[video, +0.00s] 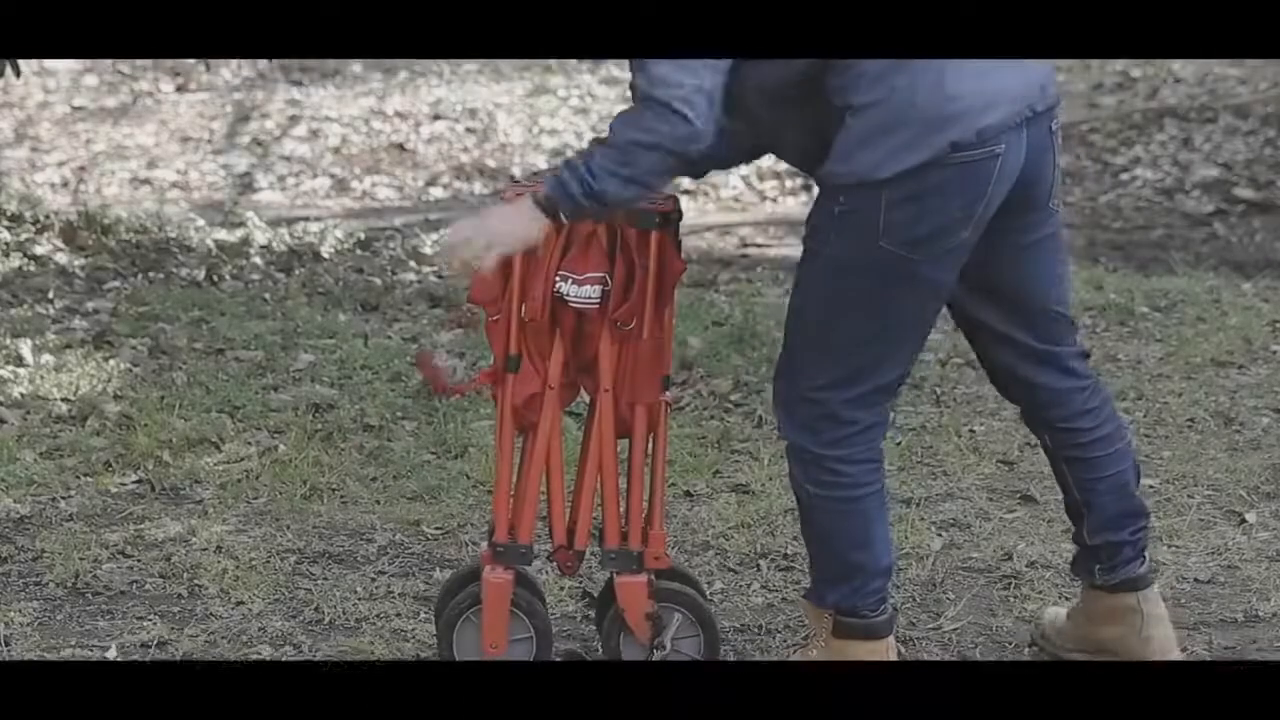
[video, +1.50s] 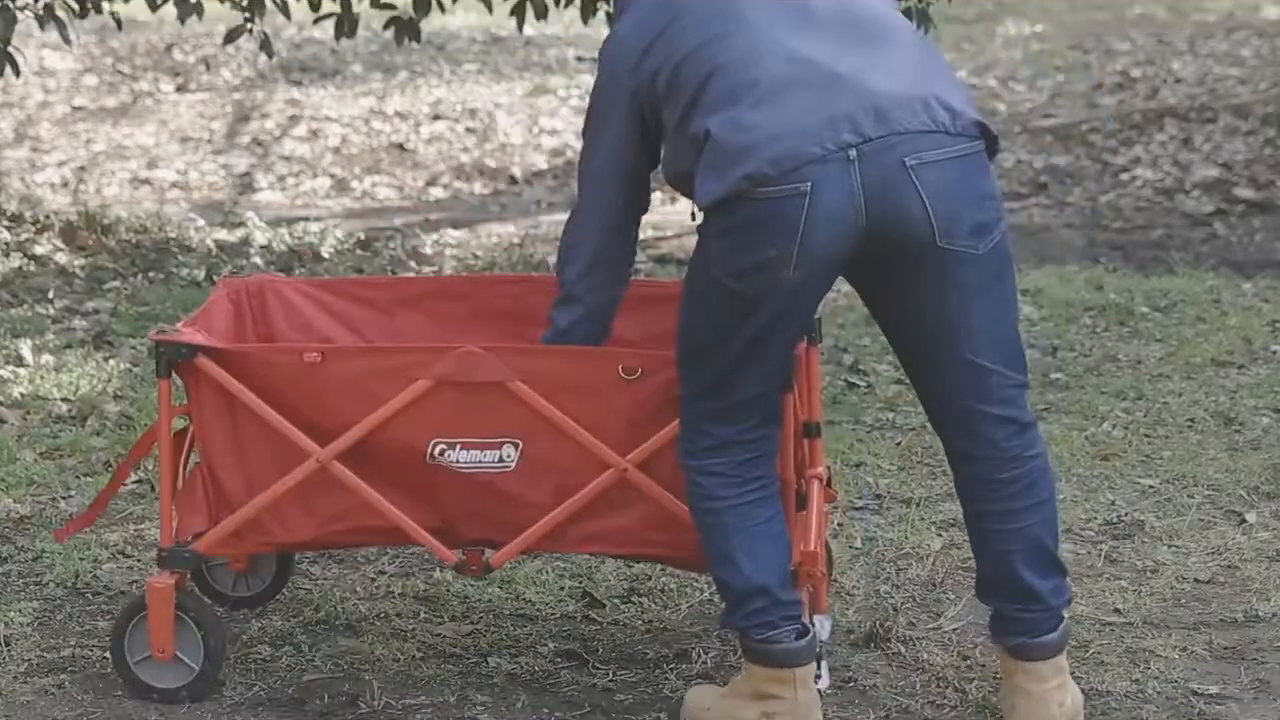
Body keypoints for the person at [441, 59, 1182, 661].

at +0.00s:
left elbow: (675, 126)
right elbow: (740, 125)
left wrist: (539, 204)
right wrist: (575, 183)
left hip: (909, 137)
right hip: (1018, 104)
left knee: (828, 407)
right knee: (1047, 365)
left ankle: (856, 639)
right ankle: (1124, 603)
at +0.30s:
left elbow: (599, 92)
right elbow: (798, 96)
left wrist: (534, 174)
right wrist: (675, 161)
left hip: (900, 147)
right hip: (1021, 116)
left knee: (830, 416)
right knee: (998, 380)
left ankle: (857, 644)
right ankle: (1054, 624)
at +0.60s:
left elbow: (617, 54)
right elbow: (877, 93)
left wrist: (483, 153)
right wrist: (750, 168)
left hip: (946, 151)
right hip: (1073, 140)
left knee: (809, 388)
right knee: (1012, 416)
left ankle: (838, 650)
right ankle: (1012, 660)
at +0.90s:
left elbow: (623, 74)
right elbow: (949, 66)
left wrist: (562, 196)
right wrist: (814, 168)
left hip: (912, 152)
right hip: (1049, 143)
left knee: (809, 418)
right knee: (1031, 433)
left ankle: (795, 667)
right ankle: (1013, 667)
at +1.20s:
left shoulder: (639, 9)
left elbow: (586, 154)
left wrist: (540, 300)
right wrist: (766, 284)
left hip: (813, 174)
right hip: (967, 154)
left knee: (751, 432)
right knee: (1004, 425)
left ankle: (778, 673)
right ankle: (1036, 668)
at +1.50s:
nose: (607, 31)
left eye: (609, 23)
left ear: (634, 11)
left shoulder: (638, 29)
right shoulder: (848, 9)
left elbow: (599, 230)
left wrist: (559, 378)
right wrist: (787, 312)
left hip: (780, 189)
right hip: (939, 159)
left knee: (729, 436)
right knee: (995, 426)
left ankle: (778, 674)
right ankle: (1040, 672)